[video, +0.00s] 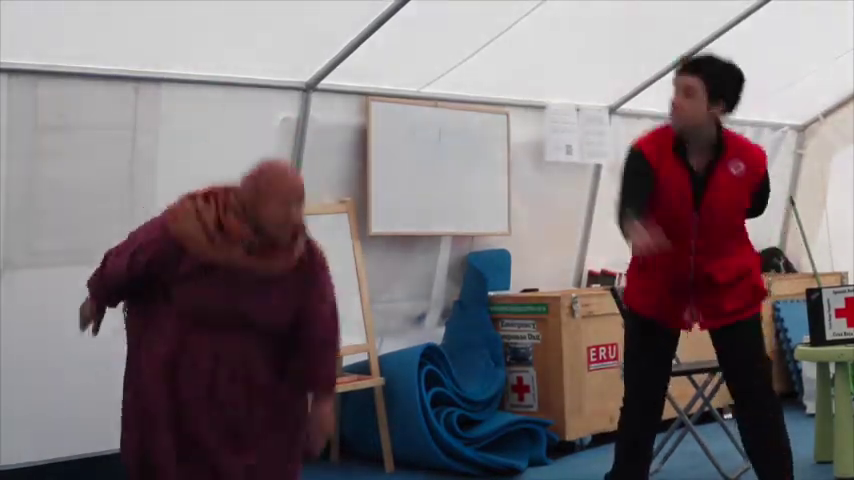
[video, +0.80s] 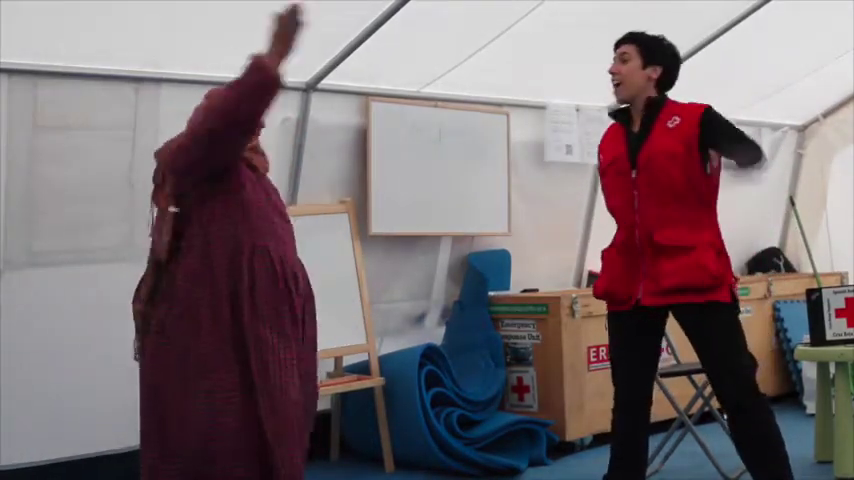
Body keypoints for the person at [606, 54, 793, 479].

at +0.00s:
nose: (674, 101)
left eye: (686, 94)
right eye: (675, 91)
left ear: (717, 107)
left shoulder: (749, 159)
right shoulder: (648, 152)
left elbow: (754, 206)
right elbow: (629, 210)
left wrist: (709, 217)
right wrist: (638, 228)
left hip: (728, 287)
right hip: (657, 288)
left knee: (757, 402)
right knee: (640, 407)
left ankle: (777, 475)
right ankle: (626, 477)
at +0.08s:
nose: (662, 79)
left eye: (674, 72)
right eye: (664, 70)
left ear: (706, 88)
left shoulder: (742, 145)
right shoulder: (640, 136)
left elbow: (752, 205)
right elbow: (611, 176)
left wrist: (702, 219)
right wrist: (600, 180)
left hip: (723, 283)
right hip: (652, 285)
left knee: (754, 400)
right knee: (639, 405)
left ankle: (777, 475)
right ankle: (626, 477)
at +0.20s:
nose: (650, 69)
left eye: (662, 60)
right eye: (652, 59)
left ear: (695, 73)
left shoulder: (732, 134)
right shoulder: (633, 126)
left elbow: (750, 203)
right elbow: (579, 155)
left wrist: (694, 219)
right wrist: (546, 133)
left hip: (716, 283)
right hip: (644, 284)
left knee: (752, 402)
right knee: (636, 406)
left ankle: (776, 476)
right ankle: (625, 479)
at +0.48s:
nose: (637, 70)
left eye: (648, 59)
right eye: (637, 60)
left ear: (681, 70)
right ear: (642, 71)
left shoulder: (720, 131)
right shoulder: (624, 132)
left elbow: (753, 201)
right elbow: (570, 166)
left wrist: (716, 243)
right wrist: (511, 174)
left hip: (705, 280)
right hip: (634, 282)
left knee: (745, 397)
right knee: (631, 406)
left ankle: (775, 477)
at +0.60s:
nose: (630, 68)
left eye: (642, 59)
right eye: (631, 59)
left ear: (674, 72)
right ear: (638, 73)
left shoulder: (711, 130)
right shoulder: (621, 135)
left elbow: (757, 201)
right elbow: (592, 183)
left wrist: (756, 272)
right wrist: (566, 223)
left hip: (700, 281)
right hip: (630, 284)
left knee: (741, 398)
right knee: (630, 406)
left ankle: (774, 475)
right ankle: (623, 478)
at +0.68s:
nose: (623, 67)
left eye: (635, 59)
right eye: (626, 59)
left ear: (667, 72)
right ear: (650, 73)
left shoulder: (706, 127)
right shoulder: (617, 136)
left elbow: (763, 189)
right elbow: (612, 206)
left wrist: (774, 252)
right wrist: (617, 253)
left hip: (698, 279)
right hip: (629, 282)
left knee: (740, 397)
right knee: (629, 406)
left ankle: (775, 477)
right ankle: (622, 479)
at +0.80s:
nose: (611, 69)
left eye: (623, 61)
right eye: (613, 61)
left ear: (655, 74)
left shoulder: (693, 119)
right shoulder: (610, 140)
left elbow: (752, 156)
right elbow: (622, 206)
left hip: (695, 275)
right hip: (630, 281)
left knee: (740, 393)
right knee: (629, 403)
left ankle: (775, 476)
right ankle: (623, 477)